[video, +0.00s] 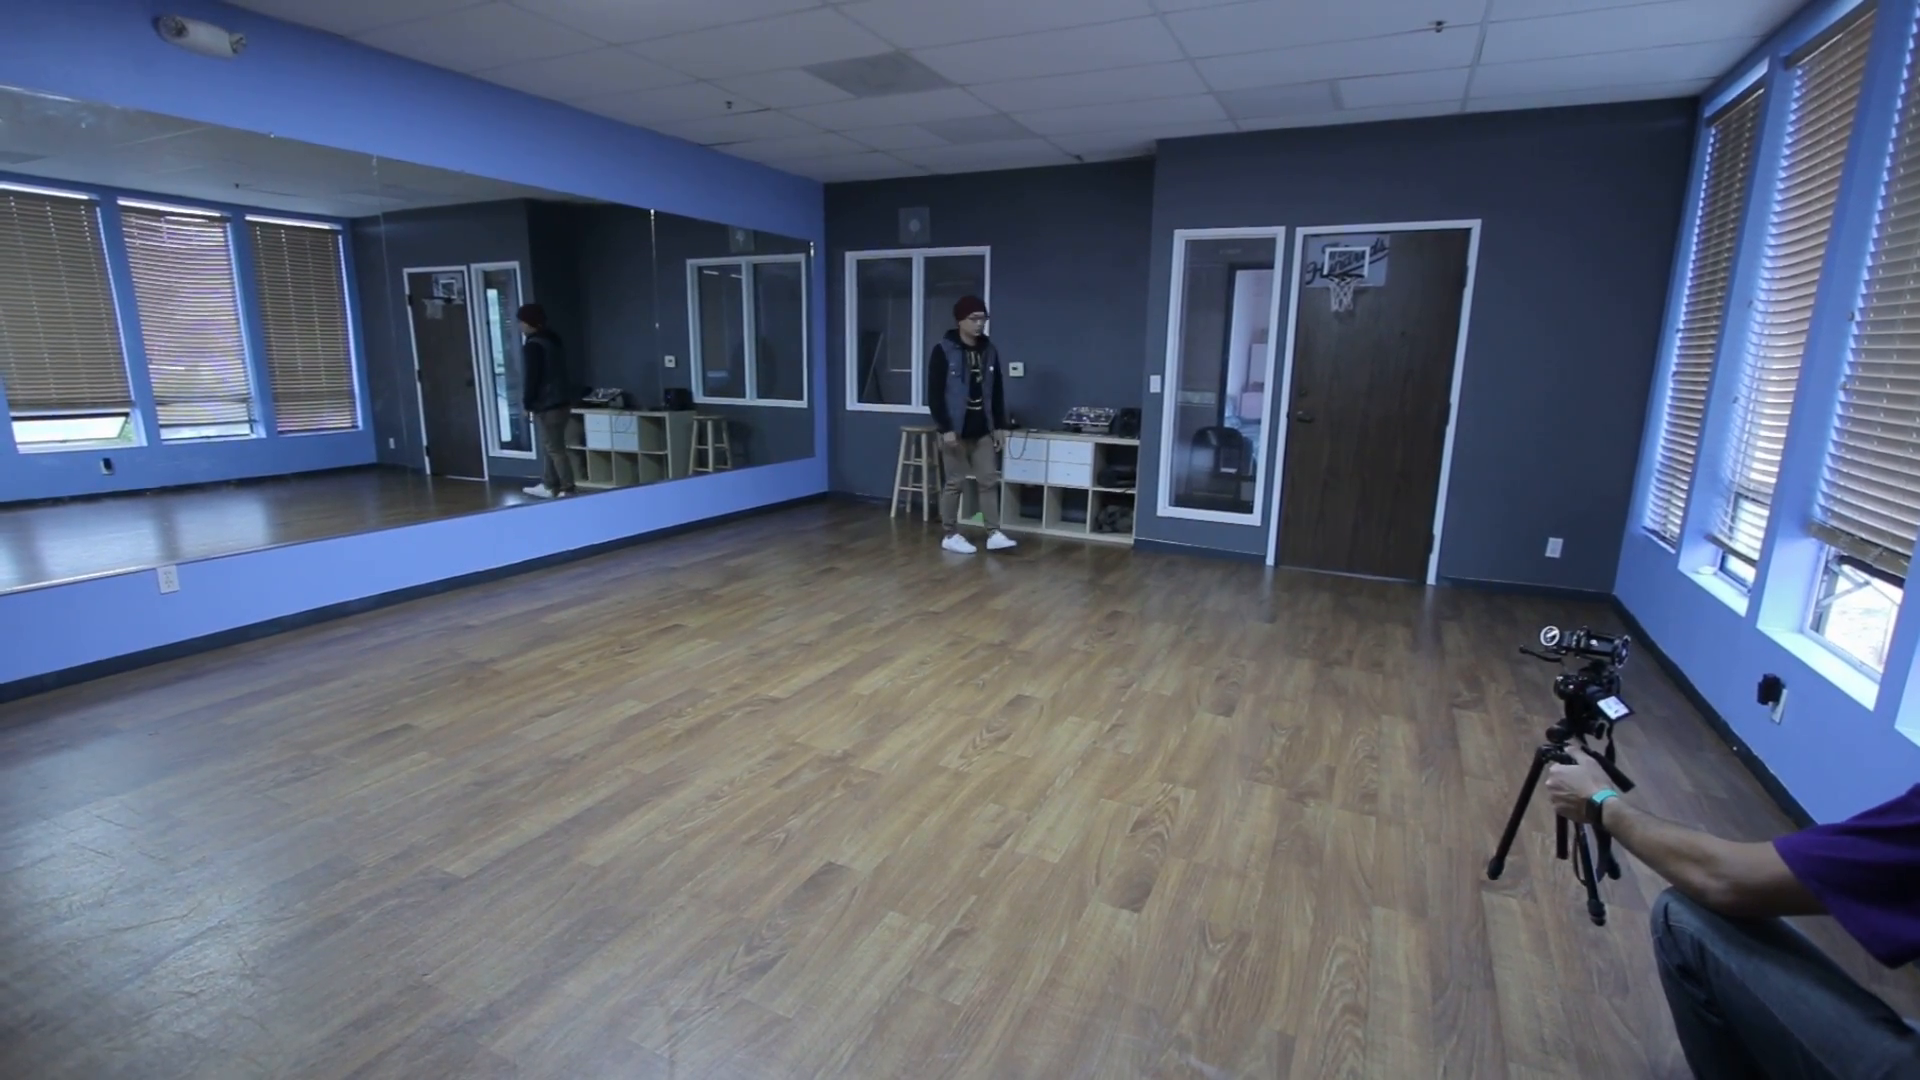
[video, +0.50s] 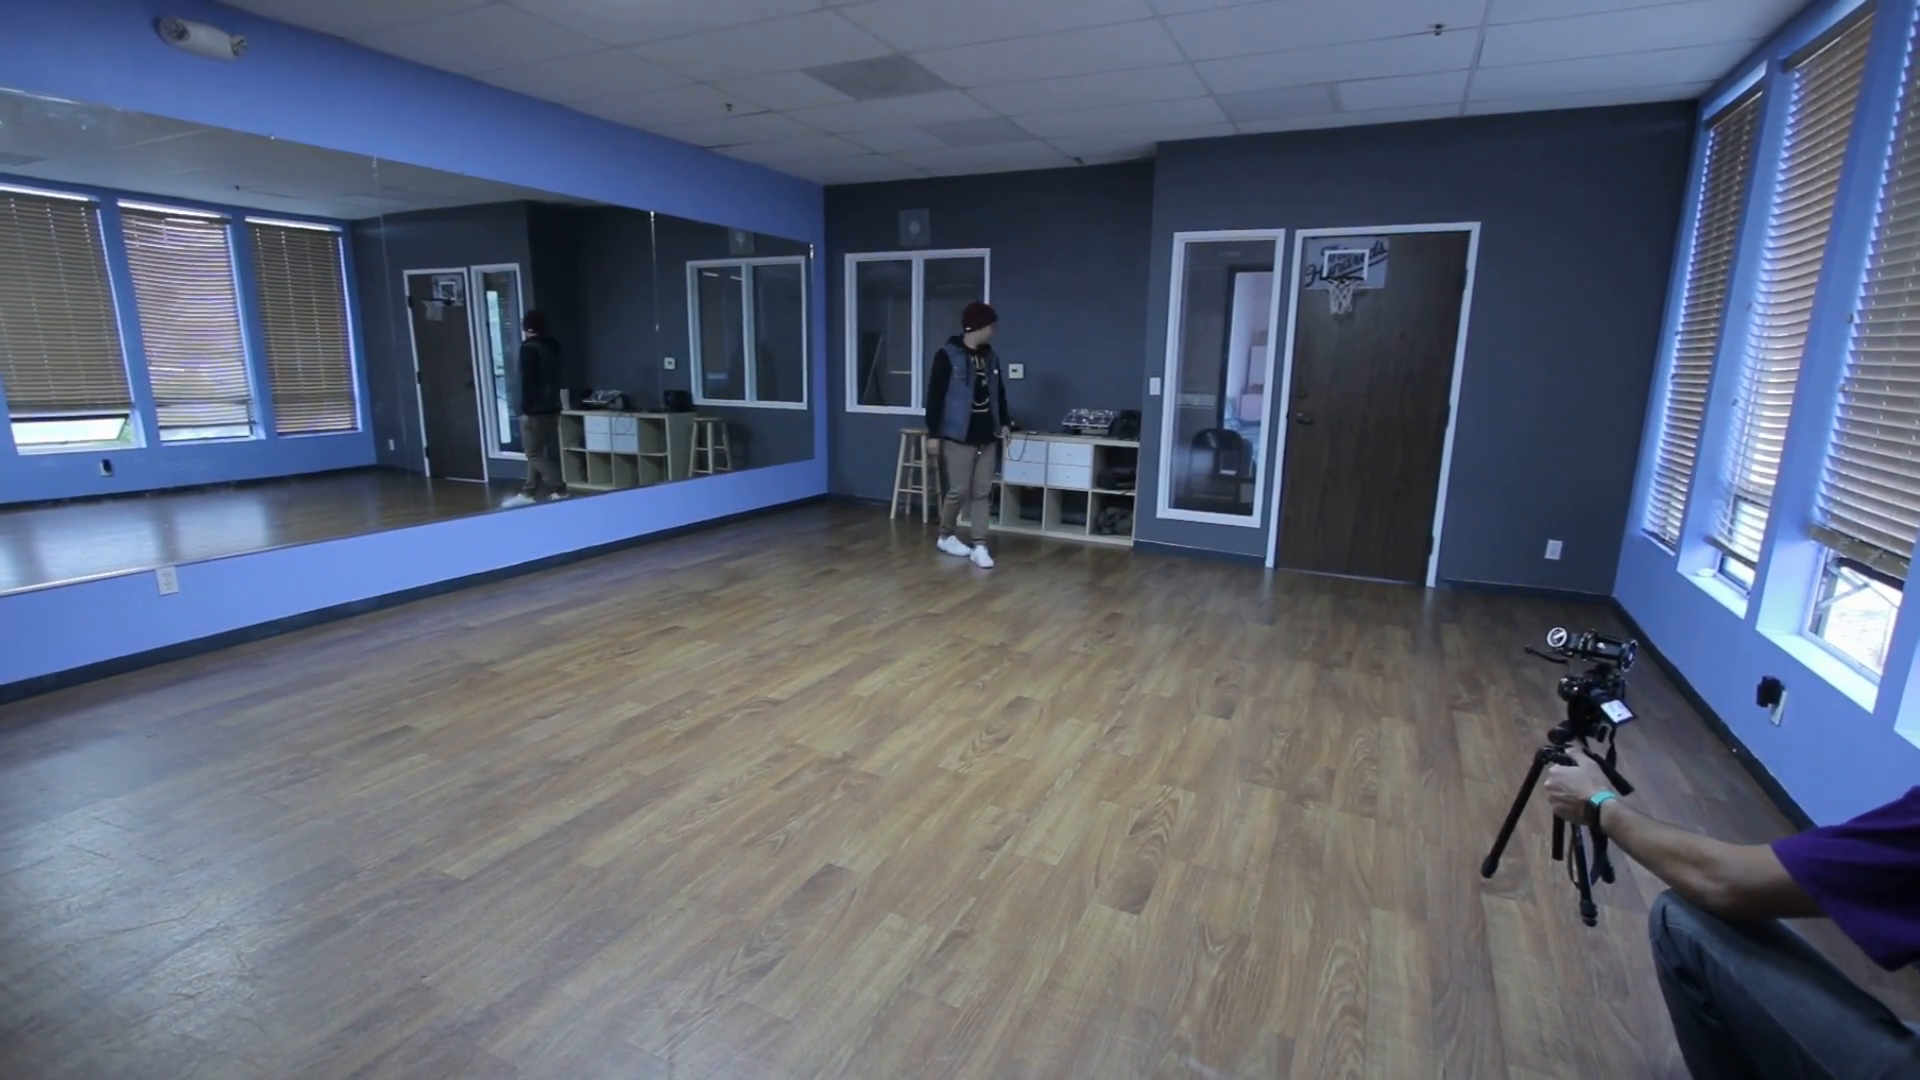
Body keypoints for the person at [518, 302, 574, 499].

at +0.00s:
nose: (520, 327)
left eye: (522, 323)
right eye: (520, 323)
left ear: (530, 323)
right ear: (539, 321)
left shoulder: (533, 344)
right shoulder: (553, 338)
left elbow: (532, 376)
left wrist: (527, 404)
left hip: (546, 402)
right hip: (560, 398)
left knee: (553, 447)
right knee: (550, 445)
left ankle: (567, 487)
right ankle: (549, 483)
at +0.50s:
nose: (523, 330)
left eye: (524, 327)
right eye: (525, 327)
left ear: (526, 328)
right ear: (543, 327)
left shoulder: (528, 348)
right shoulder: (552, 345)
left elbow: (527, 380)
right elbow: (554, 377)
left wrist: (525, 408)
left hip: (534, 409)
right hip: (551, 408)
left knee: (534, 454)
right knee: (537, 451)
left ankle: (558, 488)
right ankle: (530, 489)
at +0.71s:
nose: (530, 328)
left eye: (530, 324)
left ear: (532, 325)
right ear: (551, 324)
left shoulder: (527, 348)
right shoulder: (561, 344)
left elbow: (523, 381)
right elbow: (572, 374)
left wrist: (519, 409)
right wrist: (571, 400)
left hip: (544, 406)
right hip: (566, 404)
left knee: (547, 451)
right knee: (552, 449)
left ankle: (564, 485)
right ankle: (544, 485)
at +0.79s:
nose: (533, 327)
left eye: (533, 323)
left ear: (534, 324)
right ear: (553, 322)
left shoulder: (529, 346)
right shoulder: (564, 342)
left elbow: (522, 379)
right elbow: (576, 372)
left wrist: (517, 407)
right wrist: (576, 395)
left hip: (547, 402)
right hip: (569, 400)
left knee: (550, 448)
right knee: (558, 446)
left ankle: (562, 485)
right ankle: (553, 483)